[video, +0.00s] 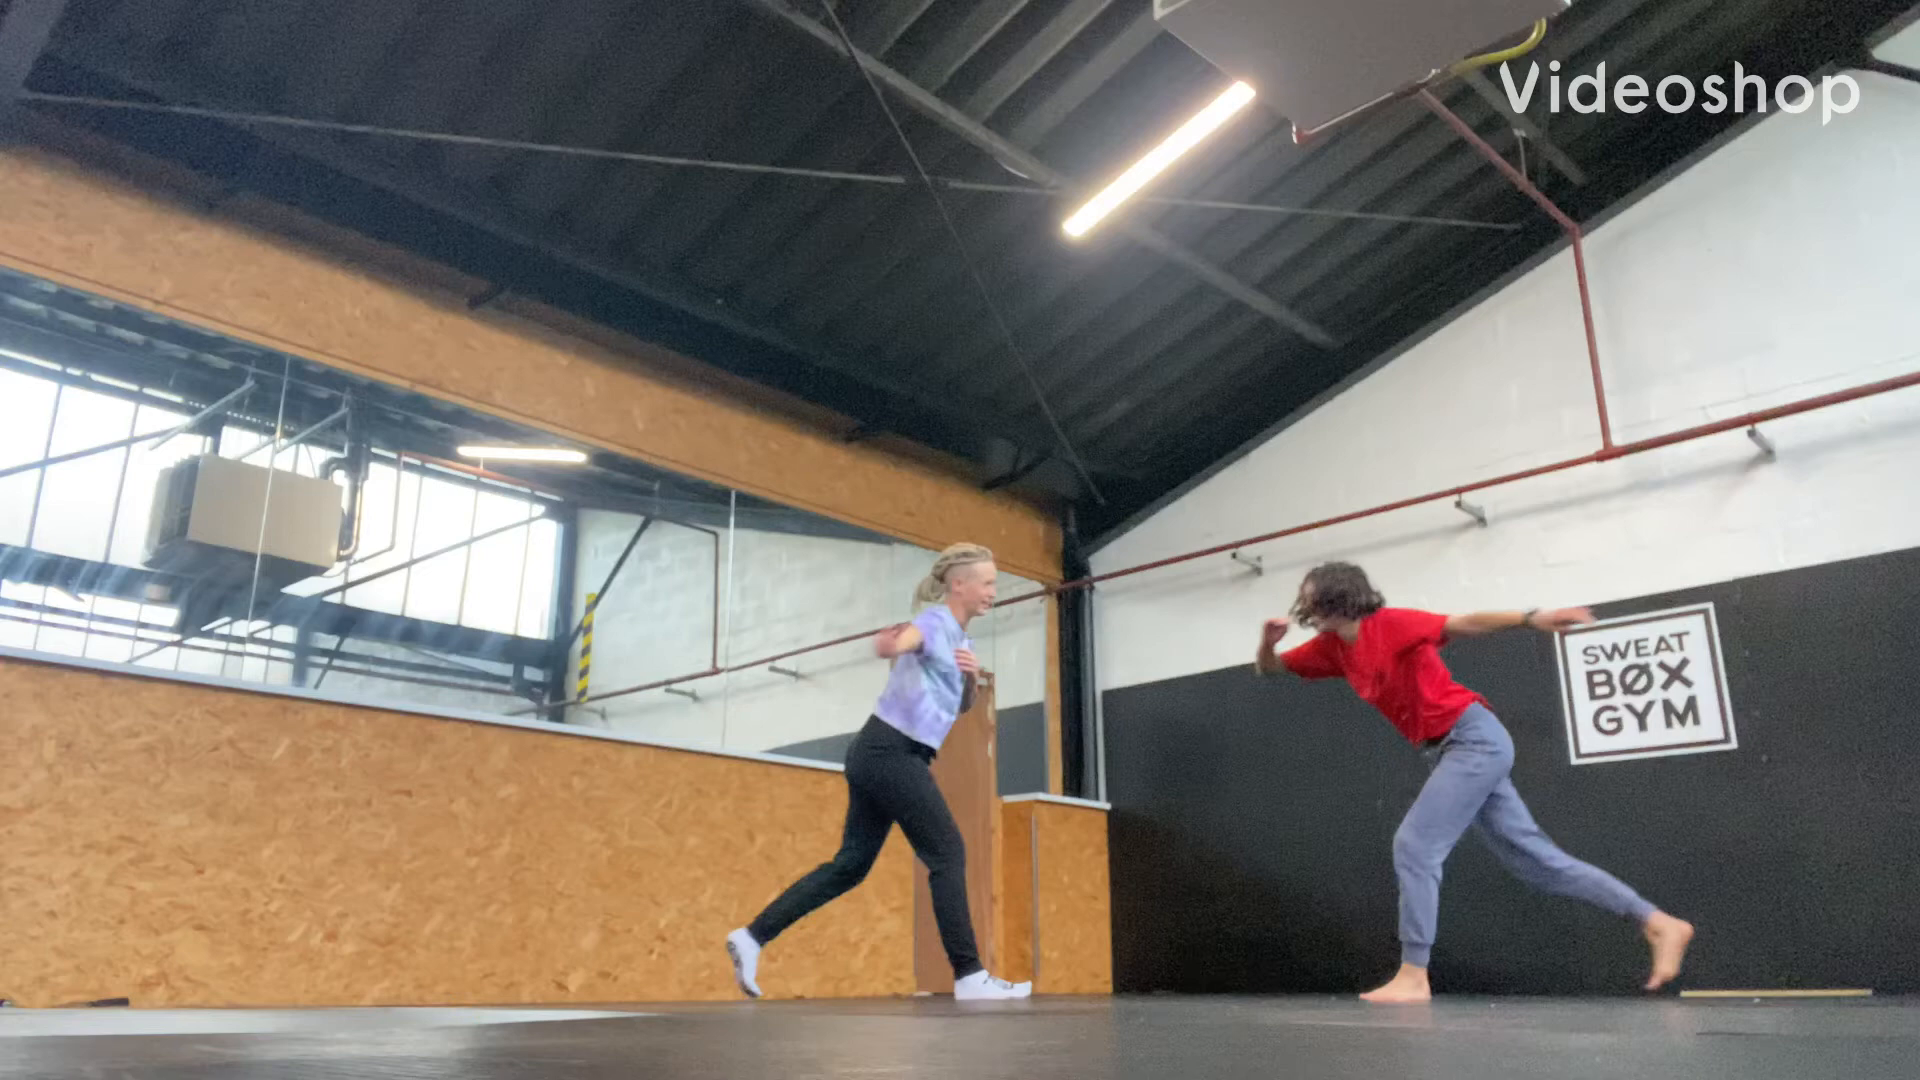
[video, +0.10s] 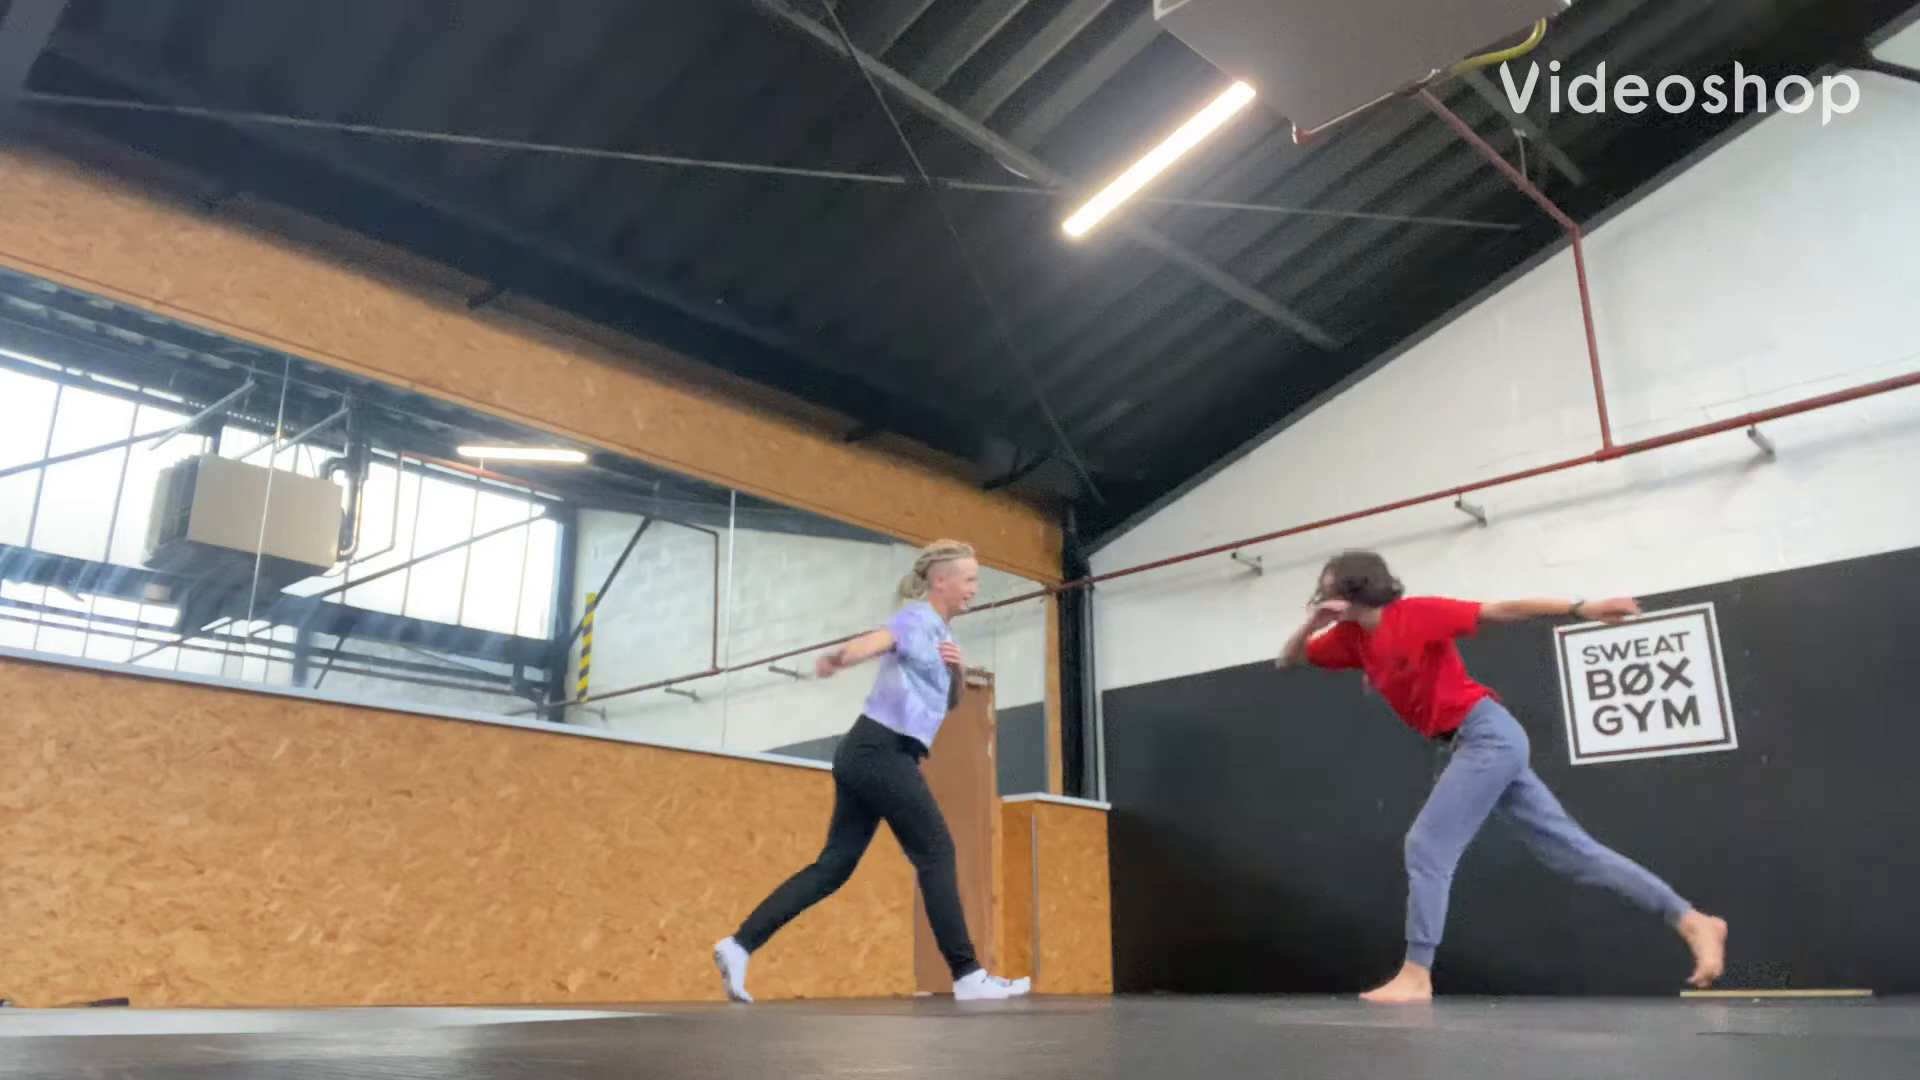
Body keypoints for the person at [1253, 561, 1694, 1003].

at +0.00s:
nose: (1313, 618)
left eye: (1317, 607)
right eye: (1311, 610)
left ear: (1338, 602)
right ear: (1332, 610)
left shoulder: (1388, 624)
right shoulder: (1330, 648)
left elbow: (1462, 625)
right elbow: (1269, 669)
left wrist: (1533, 617)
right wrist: (1266, 645)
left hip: (1475, 737)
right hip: (1456, 749)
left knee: (1415, 843)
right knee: (1540, 863)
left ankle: (1412, 977)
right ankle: (1663, 926)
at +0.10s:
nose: (1323, 602)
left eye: (1328, 592)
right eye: (1324, 596)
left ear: (1352, 594)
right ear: (1358, 599)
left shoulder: (1412, 614)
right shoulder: (1352, 640)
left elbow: (1499, 612)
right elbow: (1289, 660)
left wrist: (1585, 609)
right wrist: (1312, 622)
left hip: (1488, 733)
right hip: (1476, 743)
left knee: (1428, 844)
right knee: (1572, 852)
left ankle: (1415, 976)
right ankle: (1697, 926)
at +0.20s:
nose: (1363, 610)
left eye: (1364, 599)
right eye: (1361, 602)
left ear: (1384, 590)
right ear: (1397, 587)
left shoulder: (1451, 606)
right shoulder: (1390, 643)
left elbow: (1548, 614)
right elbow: (1348, 685)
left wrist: (1637, 626)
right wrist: (1374, 640)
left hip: (1519, 736)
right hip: (1512, 745)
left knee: (1452, 846)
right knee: (1599, 860)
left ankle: (1420, 975)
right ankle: (1726, 944)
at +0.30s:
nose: (1397, 617)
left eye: (1400, 606)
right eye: (1394, 609)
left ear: (1428, 598)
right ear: (1417, 606)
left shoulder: (1494, 615)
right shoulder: (1434, 660)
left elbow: (1585, 641)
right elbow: (1422, 729)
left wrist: (1670, 677)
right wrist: (1422, 680)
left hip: (1558, 756)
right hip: (1539, 765)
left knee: (1465, 848)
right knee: (1618, 891)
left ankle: (1422, 975)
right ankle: (1759, 958)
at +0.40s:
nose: (1413, 624)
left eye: (1417, 613)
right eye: (1411, 615)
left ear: (1445, 608)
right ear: (1438, 618)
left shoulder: (1511, 623)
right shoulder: (1458, 676)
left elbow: (1599, 651)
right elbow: (1442, 742)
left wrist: (1652, 712)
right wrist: (1442, 688)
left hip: (1576, 771)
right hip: (1551, 781)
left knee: (1466, 846)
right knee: (1623, 903)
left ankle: (1427, 973)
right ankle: (1765, 965)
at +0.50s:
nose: (1402, 611)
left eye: (1407, 600)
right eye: (1400, 603)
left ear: (1438, 596)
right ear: (1420, 605)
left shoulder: (1497, 616)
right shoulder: (1437, 662)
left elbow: (1588, 645)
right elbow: (1401, 712)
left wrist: (1595, 709)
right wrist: (1420, 656)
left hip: (1560, 756)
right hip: (1542, 766)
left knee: (1456, 839)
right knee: (1623, 891)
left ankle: (1431, 971)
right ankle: (1760, 959)